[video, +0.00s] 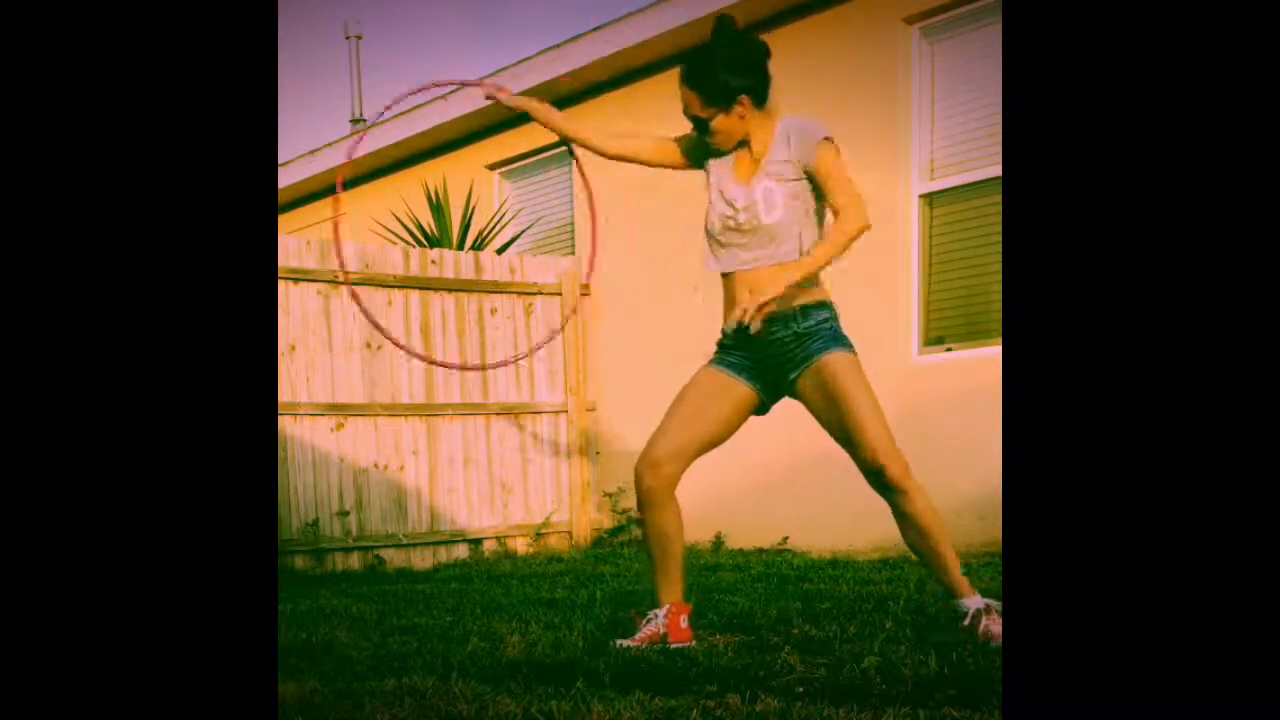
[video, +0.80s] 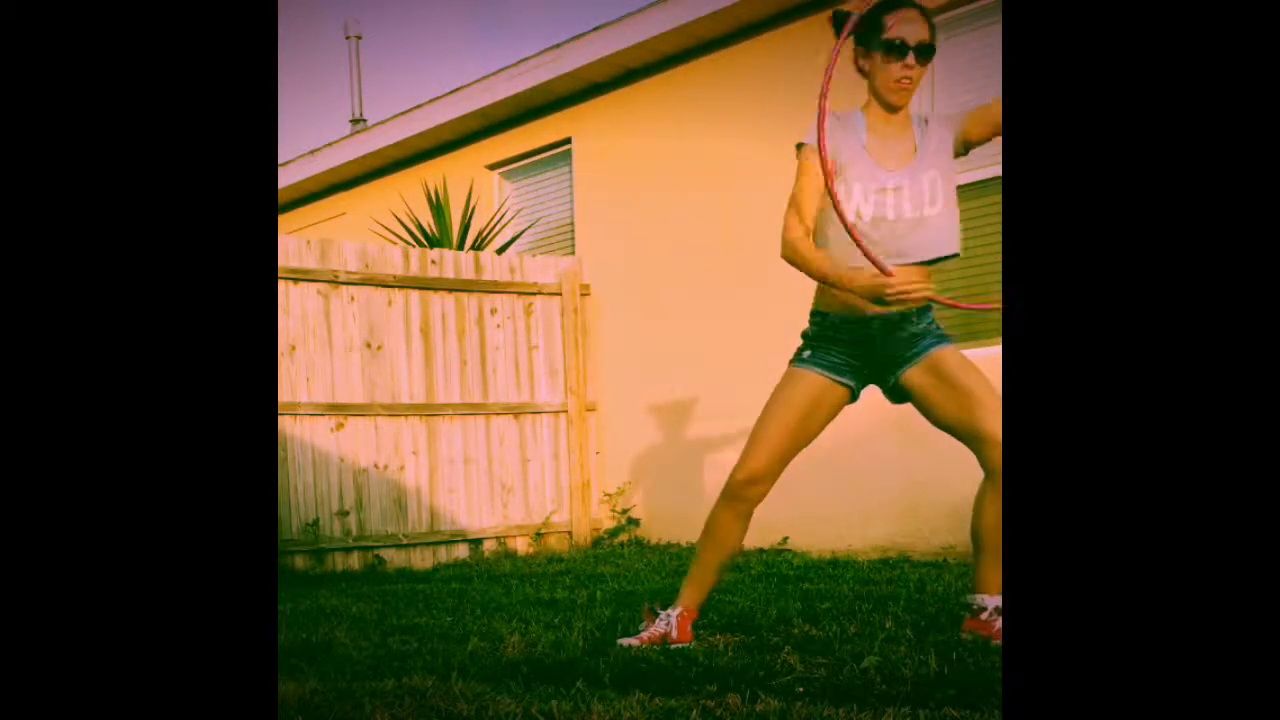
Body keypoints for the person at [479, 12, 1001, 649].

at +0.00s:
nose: (695, 128)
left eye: (701, 116)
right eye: (692, 117)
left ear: (741, 104)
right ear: (726, 107)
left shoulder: (805, 143)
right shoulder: (710, 152)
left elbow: (854, 217)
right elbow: (609, 144)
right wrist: (525, 104)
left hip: (808, 334)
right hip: (738, 351)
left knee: (886, 469)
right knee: (655, 466)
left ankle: (968, 603)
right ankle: (673, 617)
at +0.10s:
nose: (722, 124)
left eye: (729, 112)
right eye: (718, 113)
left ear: (770, 100)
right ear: (749, 104)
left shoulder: (828, 146)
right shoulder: (729, 151)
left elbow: (863, 257)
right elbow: (629, 134)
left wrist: (852, 344)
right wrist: (545, 87)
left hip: (832, 340)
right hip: (755, 349)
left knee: (915, 469)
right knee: (663, 471)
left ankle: (973, 604)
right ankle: (672, 619)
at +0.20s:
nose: (758, 117)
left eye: (766, 104)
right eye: (754, 104)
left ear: (811, 90)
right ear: (775, 93)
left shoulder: (867, 149)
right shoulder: (754, 148)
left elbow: (884, 260)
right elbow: (648, 156)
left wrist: (905, 356)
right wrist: (547, 140)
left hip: (856, 340)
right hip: (776, 347)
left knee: (943, 455)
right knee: (681, 470)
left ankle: (978, 606)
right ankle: (672, 618)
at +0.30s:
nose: (798, 105)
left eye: (809, 91)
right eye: (792, 90)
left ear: (856, 78)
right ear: (790, 82)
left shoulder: (901, 152)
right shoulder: (784, 146)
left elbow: (923, 262)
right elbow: (684, 190)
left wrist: (966, 354)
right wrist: (583, 227)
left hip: (879, 340)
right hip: (797, 344)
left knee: (979, 451)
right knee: (705, 477)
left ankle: (982, 609)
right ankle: (673, 619)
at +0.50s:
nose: (869, 84)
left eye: (885, 69)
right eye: (857, 69)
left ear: (919, 63)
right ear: (847, 62)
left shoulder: (940, 145)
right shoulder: (824, 133)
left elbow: (985, 242)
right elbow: (748, 201)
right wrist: (684, 260)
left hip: (913, 335)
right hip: (831, 339)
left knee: (998, 446)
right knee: (752, 482)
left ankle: (988, 606)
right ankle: (678, 619)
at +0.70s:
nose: (900, 67)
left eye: (916, 55)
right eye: (888, 52)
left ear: (933, 60)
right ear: (866, 54)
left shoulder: (952, 136)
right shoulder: (831, 134)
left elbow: (1004, 157)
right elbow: (765, 228)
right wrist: (778, 277)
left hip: (921, 332)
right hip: (838, 338)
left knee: (1002, 448)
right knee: (757, 486)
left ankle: (988, 606)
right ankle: (679, 620)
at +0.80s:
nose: (908, 64)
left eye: (921, 52)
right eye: (893, 49)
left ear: (931, 61)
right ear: (861, 55)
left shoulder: (942, 136)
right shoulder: (829, 139)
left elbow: (1001, 112)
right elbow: (793, 242)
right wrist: (859, 283)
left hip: (914, 332)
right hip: (835, 336)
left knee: (999, 444)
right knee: (746, 481)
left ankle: (988, 607)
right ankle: (679, 620)